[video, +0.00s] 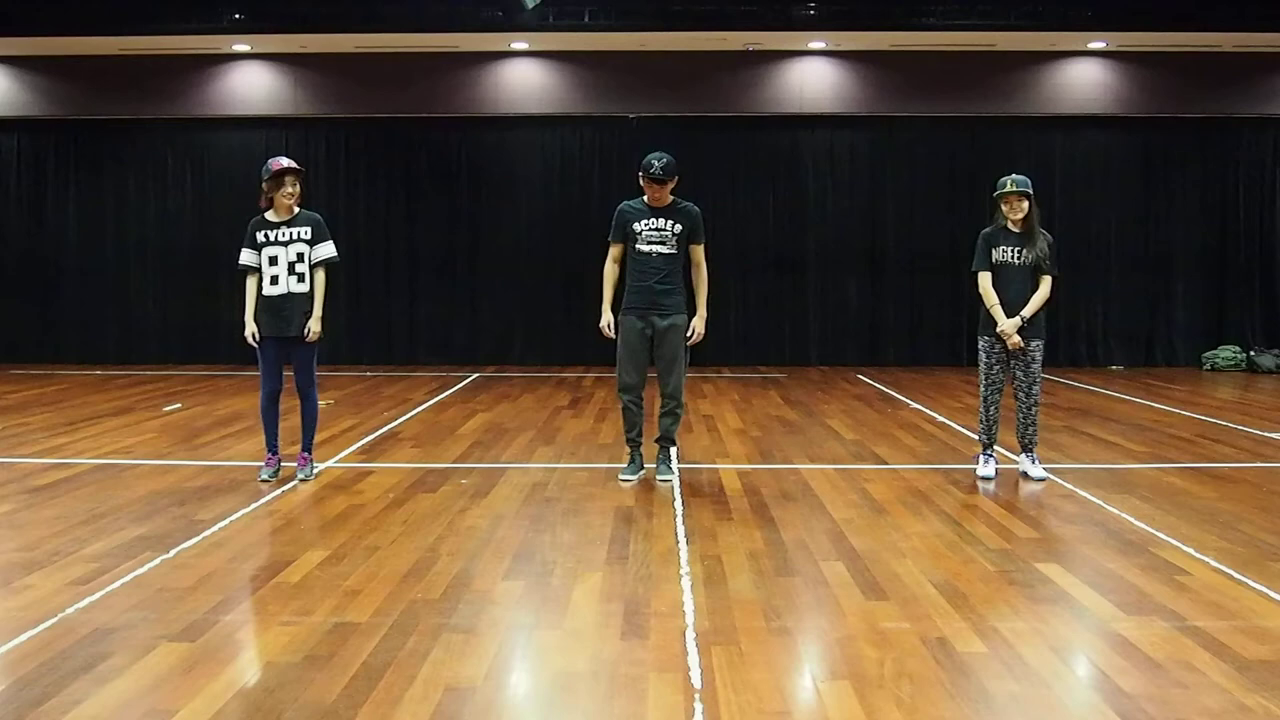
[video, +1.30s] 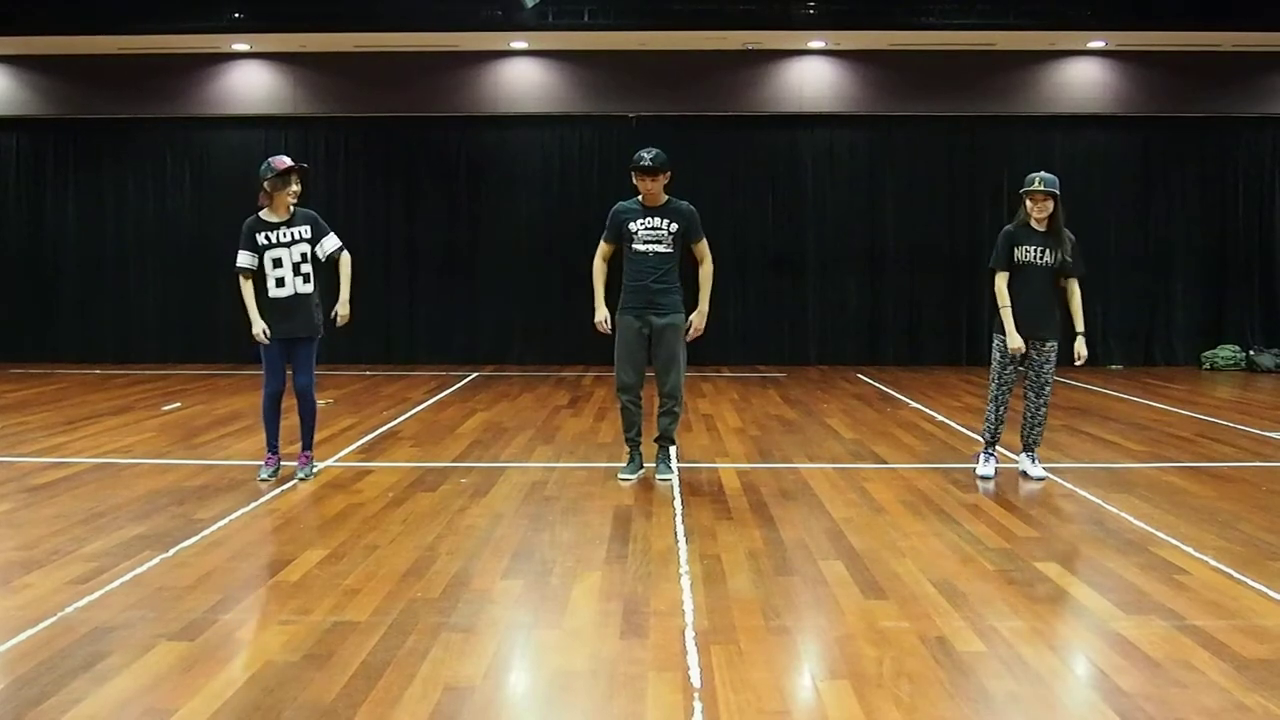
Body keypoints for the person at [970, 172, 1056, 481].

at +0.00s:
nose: (1015, 205)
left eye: (1020, 199)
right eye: (1008, 200)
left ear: (1029, 202)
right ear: (1000, 204)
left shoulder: (1042, 240)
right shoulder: (988, 237)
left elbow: (1045, 288)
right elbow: (985, 286)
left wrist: (1019, 321)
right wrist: (1006, 329)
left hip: (1031, 332)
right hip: (992, 331)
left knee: (1029, 396)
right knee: (990, 394)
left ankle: (1028, 455)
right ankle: (987, 455)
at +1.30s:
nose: (1039, 203)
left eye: (1045, 198)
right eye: (1033, 198)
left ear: (1055, 202)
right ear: (1024, 201)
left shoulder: (1065, 239)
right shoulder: (1010, 235)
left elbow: (1073, 287)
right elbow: (1000, 285)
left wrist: (1080, 334)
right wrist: (1010, 332)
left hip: (1047, 335)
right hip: (1010, 331)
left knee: (1039, 398)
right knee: (999, 394)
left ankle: (1029, 455)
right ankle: (988, 452)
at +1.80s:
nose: (1029, 210)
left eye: (1036, 205)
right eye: (1025, 205)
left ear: (1049, 209)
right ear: (1020, 208)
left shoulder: (1064, 245)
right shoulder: (1007, 241)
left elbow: (1081, 293)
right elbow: (980, 283)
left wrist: (1054, 306)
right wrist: (1002, 288)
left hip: (1047, 331)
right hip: (1011, 325)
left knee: (1042, 397)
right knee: (1009, 374)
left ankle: (1028, 454)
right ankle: (1008, 395)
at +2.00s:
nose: (1021, 199)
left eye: (1028, 194)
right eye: (1017, 194)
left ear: (1042, 198)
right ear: (1012, 198)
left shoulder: (1058, 235)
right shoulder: (1003, 232)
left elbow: (1073, 274)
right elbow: (972, 272)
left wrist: (1042, 250)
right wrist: (993, 238)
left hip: (1040, 326)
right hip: (1003, 321)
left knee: (1034, 389)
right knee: (999, 383)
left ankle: (1029, 453)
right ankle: (1003, 447)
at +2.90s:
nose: (989, 188)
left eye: (997, 184)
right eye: (986, 183)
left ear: (1013, 191)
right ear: (981, 190)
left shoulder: (1025, 224)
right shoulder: (971, 221)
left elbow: (1025, 247)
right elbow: (927, 249)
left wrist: (993, 214)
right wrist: (957, 216)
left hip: (1014, 325)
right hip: (978, 320)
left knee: (1011, 398)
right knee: (965, 374)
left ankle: (1014, 465)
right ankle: (983, 434)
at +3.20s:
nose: (971, 197)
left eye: (980, 193)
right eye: (969, 193)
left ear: (996, 201)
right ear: (964, 200)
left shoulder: (1011, 239)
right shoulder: (956, 238)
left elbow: (1008, 268)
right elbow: (918, 267)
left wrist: (978, 231)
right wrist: (943, 228)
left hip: (994, 332)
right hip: (958, 333)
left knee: (964, 384)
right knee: (959, 407)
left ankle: (991, 428)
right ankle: (980, 476)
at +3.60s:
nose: (944, 200)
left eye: (953, 195)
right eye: (942, 194)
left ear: (970, 202)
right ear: (938, 201)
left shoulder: (985, 240)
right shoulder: (932, 237)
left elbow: (977, 268)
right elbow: (891, 267)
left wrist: (944, 230)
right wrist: (916, 226)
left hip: (972, 339)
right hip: (935, 335)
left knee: (957, 410)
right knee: (920, 405)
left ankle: (968, 488)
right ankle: (955, 440)